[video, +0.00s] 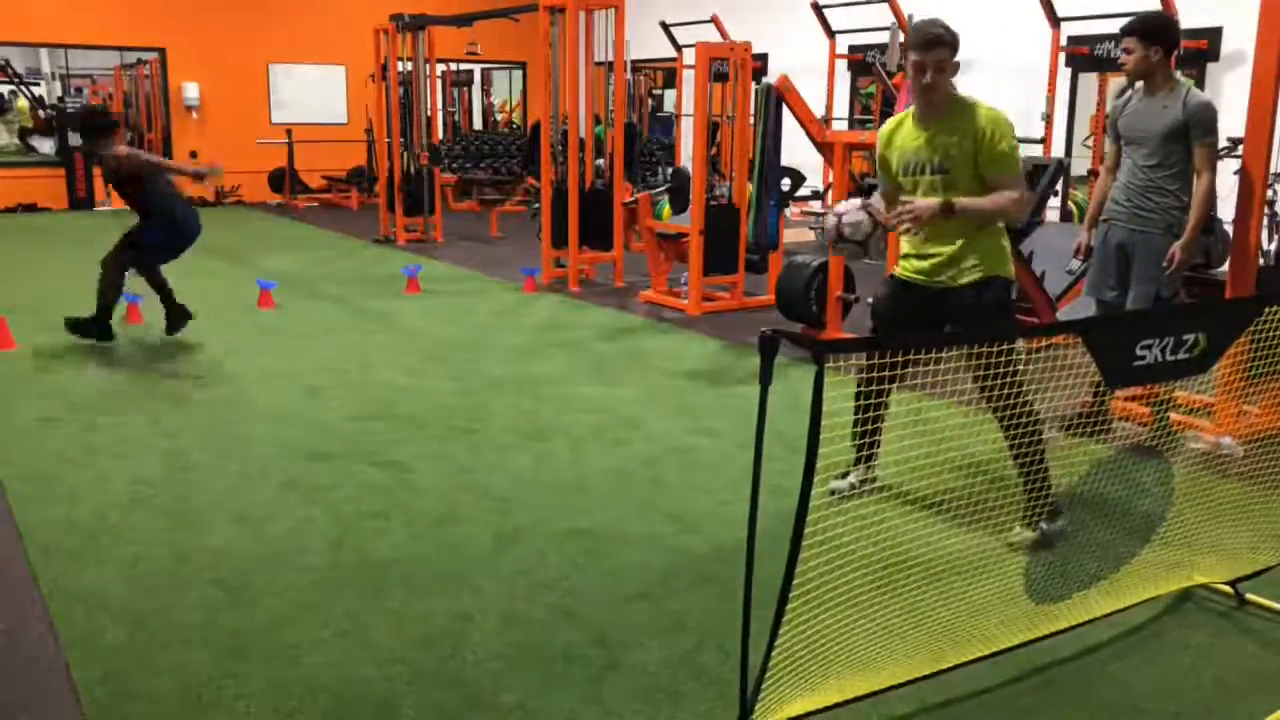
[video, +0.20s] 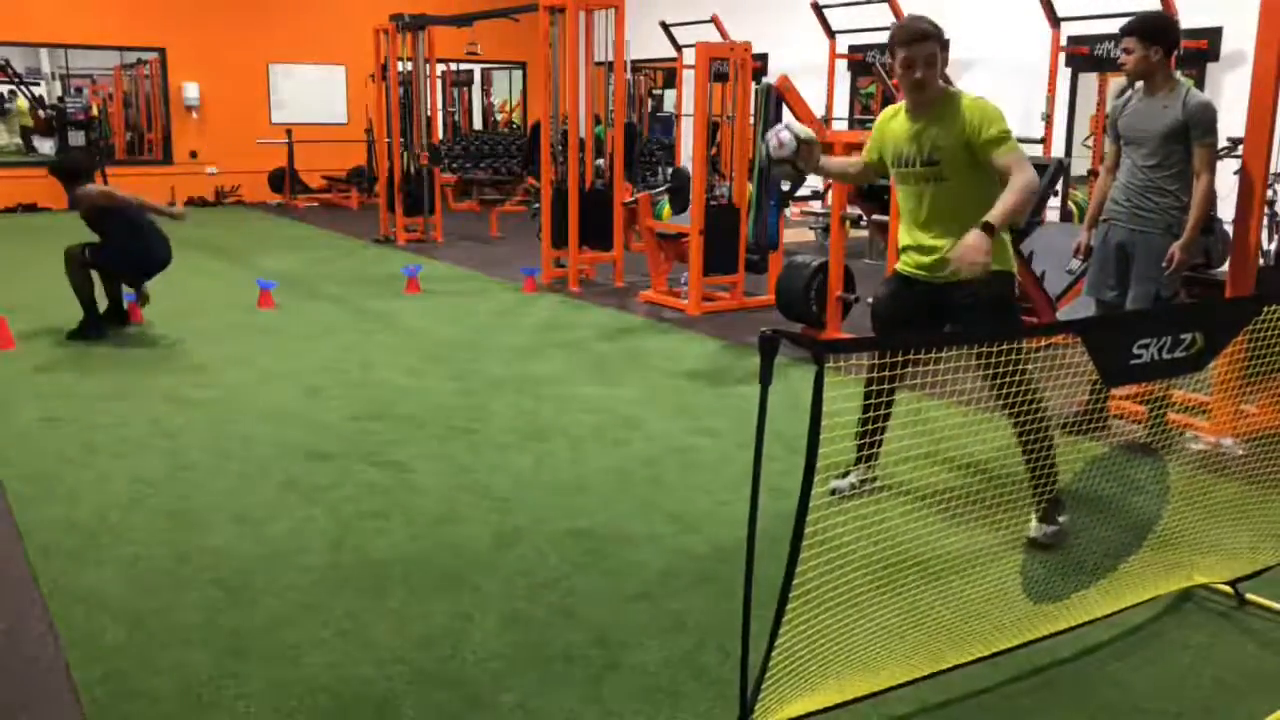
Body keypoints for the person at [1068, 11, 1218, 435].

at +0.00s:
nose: (1121, 59)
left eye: (1128, 51)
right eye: (1121, 51)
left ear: (1158, 54)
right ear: (1143, 56)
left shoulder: (1195, 106)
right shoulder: (1121, 102)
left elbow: (1204, 176)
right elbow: (1109, 170)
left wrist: (1188, 239)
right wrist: (1088, 227)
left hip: (1160, 234)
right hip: (1113, 228)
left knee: (1142, 326)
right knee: (1103, 321)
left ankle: (1153, 422)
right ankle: (1095, 405)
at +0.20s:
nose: (1121, 58)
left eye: (1128, 51)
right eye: (1121, 51)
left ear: (1159, 54)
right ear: (1142, 55)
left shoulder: (1195, 106)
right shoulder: (1121, 103)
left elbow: (1204, 176)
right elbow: (1108, 170)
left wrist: (1188, 239)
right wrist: (1088, 227)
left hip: (1160, 235)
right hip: (1114, 228)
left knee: (1144, 326)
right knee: (1104, 322)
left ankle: (1155, 420)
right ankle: (1094, 404)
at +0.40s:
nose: (1120, 58)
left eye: (1128, 51)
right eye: (1120, 51)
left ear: (1159, 54)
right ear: (1145, 55)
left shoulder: (1195, 107)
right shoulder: (1122, 100)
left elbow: (1204, 178)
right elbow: (1109, 169)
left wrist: (1186, 240)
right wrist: (1089, 225)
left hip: (1160, 235)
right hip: (1114, 229)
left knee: (1144, 323)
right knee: (1103, 318)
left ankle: (1152, 420)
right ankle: (1094, 402)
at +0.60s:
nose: (1131, 59)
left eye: (1142, 51)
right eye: (1128, 51)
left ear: (1169, 52)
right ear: (1126, 54)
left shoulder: (1195, 107)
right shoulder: (1121, 100)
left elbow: (1203, 177)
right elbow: (1108, 167)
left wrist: (1186, 239)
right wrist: (1089, 225)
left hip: (1164, 234)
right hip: (1115, 228)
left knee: (1146, 324)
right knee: (1103, 320)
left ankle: (1153, 421)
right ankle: (1095, 409)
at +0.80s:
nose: (1140, 59)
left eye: (1149, 50)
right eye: (1134, 52)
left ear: (1171, 51)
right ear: (1127, 55)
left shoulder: (1194, 106)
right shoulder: (1121, 101)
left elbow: (1202, 177)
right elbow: (1110, 160)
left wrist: (1186, 238)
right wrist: (1102, 214)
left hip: (1168, 226)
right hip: (1120, 220)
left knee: (1165, 323)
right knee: (1106, 315)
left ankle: (1158, 412)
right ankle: (1093, 401)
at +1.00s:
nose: (1140, 59)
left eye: (1149, 50)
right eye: (1134, 51)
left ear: (1173, 51)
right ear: (1128, 54)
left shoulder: (1195, 106)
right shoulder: (1125, 102)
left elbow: (1202, 175)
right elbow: (1112, 168)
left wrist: (1186, 233)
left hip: (1173, 220)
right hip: (1128, 218)